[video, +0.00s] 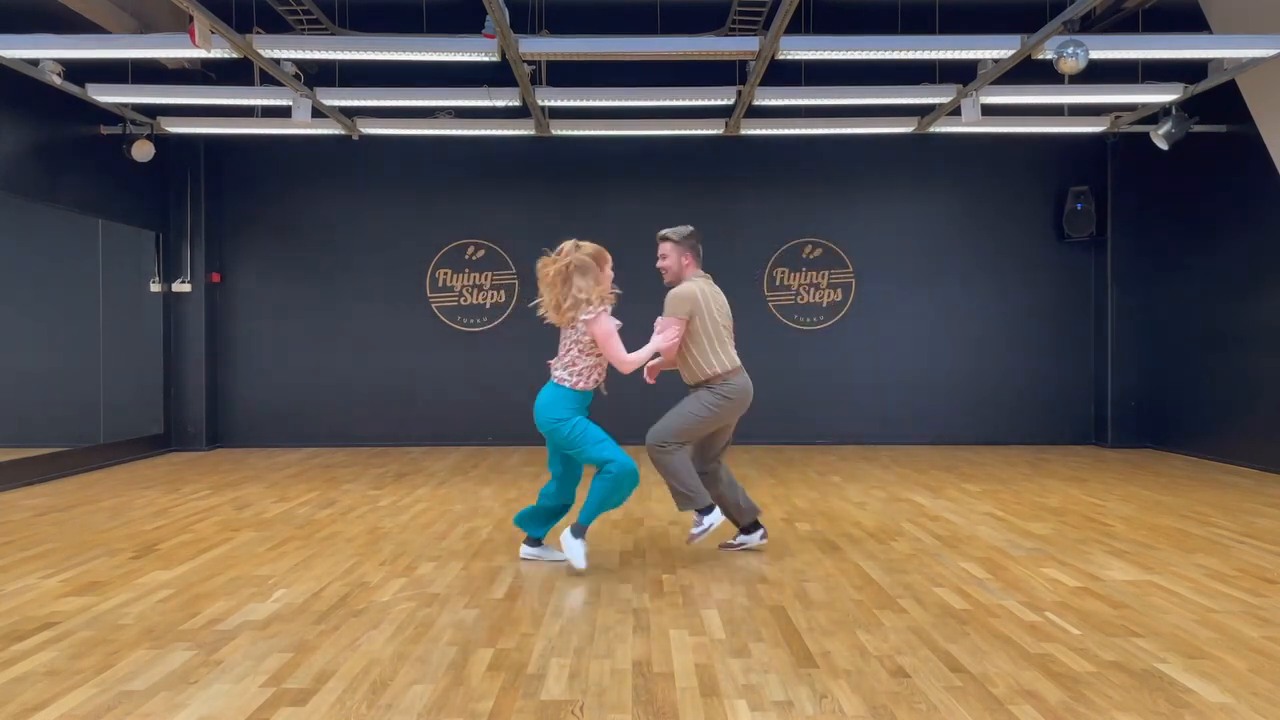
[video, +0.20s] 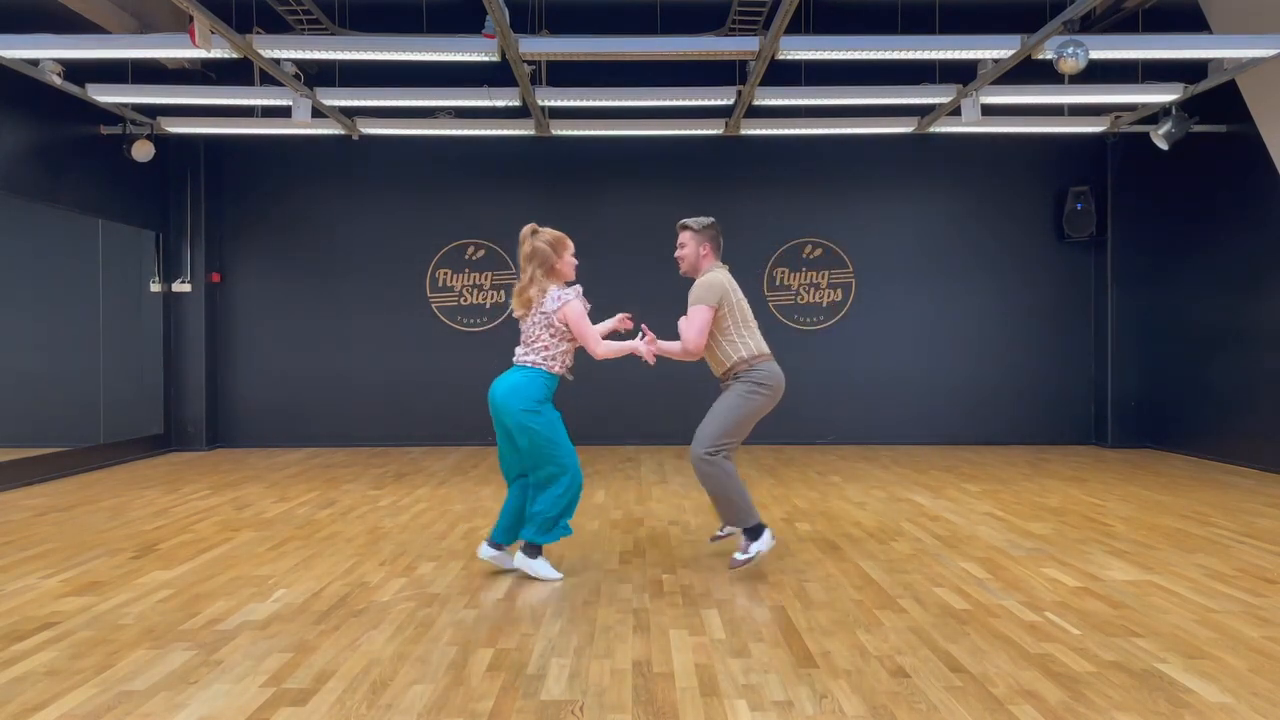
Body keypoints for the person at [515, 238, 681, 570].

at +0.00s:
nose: (612, 277)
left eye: (611, 271)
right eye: (608, 272)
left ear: (578, 279)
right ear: (594, 278)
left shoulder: (574, 313)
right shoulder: (598, 320)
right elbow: (626, 364)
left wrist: (650, 340)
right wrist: (656, 344)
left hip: (553, 404)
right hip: (564, 410)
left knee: (565, 481)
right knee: (621, 468)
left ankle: (533, 542)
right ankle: (577, 533)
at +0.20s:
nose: (576, 260)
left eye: (573, 254)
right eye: (570, 255)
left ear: (550, 263)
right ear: (554, 263)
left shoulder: (538, 296)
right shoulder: (567, 300)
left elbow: (573, 334)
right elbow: (600, 349)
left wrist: (612, 324)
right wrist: (634, 346)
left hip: (506, 389)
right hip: (530, 394)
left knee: (524, 473)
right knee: (566, 474)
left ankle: (496, 544)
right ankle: (531, 551)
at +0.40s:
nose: (548, 260)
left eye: (546, 253)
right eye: (542, 254)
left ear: (518, 263)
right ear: (522, 262)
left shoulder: (496, 297)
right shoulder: (539, 302)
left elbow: (519, 328)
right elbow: (583, 340)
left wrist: (555, 317)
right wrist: (625, 329)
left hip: (470, 395)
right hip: (499, 394)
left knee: (488, 483)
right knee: (561, 463)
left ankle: (454, 561)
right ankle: (525, 540)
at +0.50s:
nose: (542, 258)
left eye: (540, 252)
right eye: (535, 253)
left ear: (507, 263)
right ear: (514, 261)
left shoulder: (488, 296)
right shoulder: (536, 299)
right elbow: (581, 340)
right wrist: (624, 335)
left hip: (464, 393)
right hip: (494, 390)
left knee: (516, 463)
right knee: (538, 467)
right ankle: (495, 551)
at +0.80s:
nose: (535, 253)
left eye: (533, 247)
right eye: (528, 248)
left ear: (516, 253)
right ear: (507, 254)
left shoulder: (525, 300)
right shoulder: (493, 288)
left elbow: (555, 345)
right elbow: (526, 326)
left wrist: (594, 326)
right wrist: (584, 323)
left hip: (510, 398)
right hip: (474, 399)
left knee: (546, 466)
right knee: (522, 462)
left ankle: (503, 536)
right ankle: (505, 549)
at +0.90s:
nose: (533, 263)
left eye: (532, 256)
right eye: (527, 257)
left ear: (508, 263)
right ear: (504, 261)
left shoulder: (531, 306)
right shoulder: (481, 301)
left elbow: (562, 351)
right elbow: (516, 333)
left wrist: (598, 373)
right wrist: (573, 329)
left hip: (522, 402)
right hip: (483, 405)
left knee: (533, 476)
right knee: (517, 472)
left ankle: (508, 549)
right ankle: (503, 559)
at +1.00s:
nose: (535, 258)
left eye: (534, 251)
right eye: (529, 252)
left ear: (512, 258)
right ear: (508, 257)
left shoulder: (524, 301)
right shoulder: (499, 296)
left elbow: (532, 362)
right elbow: (554, 319)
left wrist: (557, 397)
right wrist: (608, 311)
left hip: (520, 401)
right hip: (487, 404)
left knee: (542, 481)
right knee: (521, 484)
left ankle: (512, 550)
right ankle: (490, 567)